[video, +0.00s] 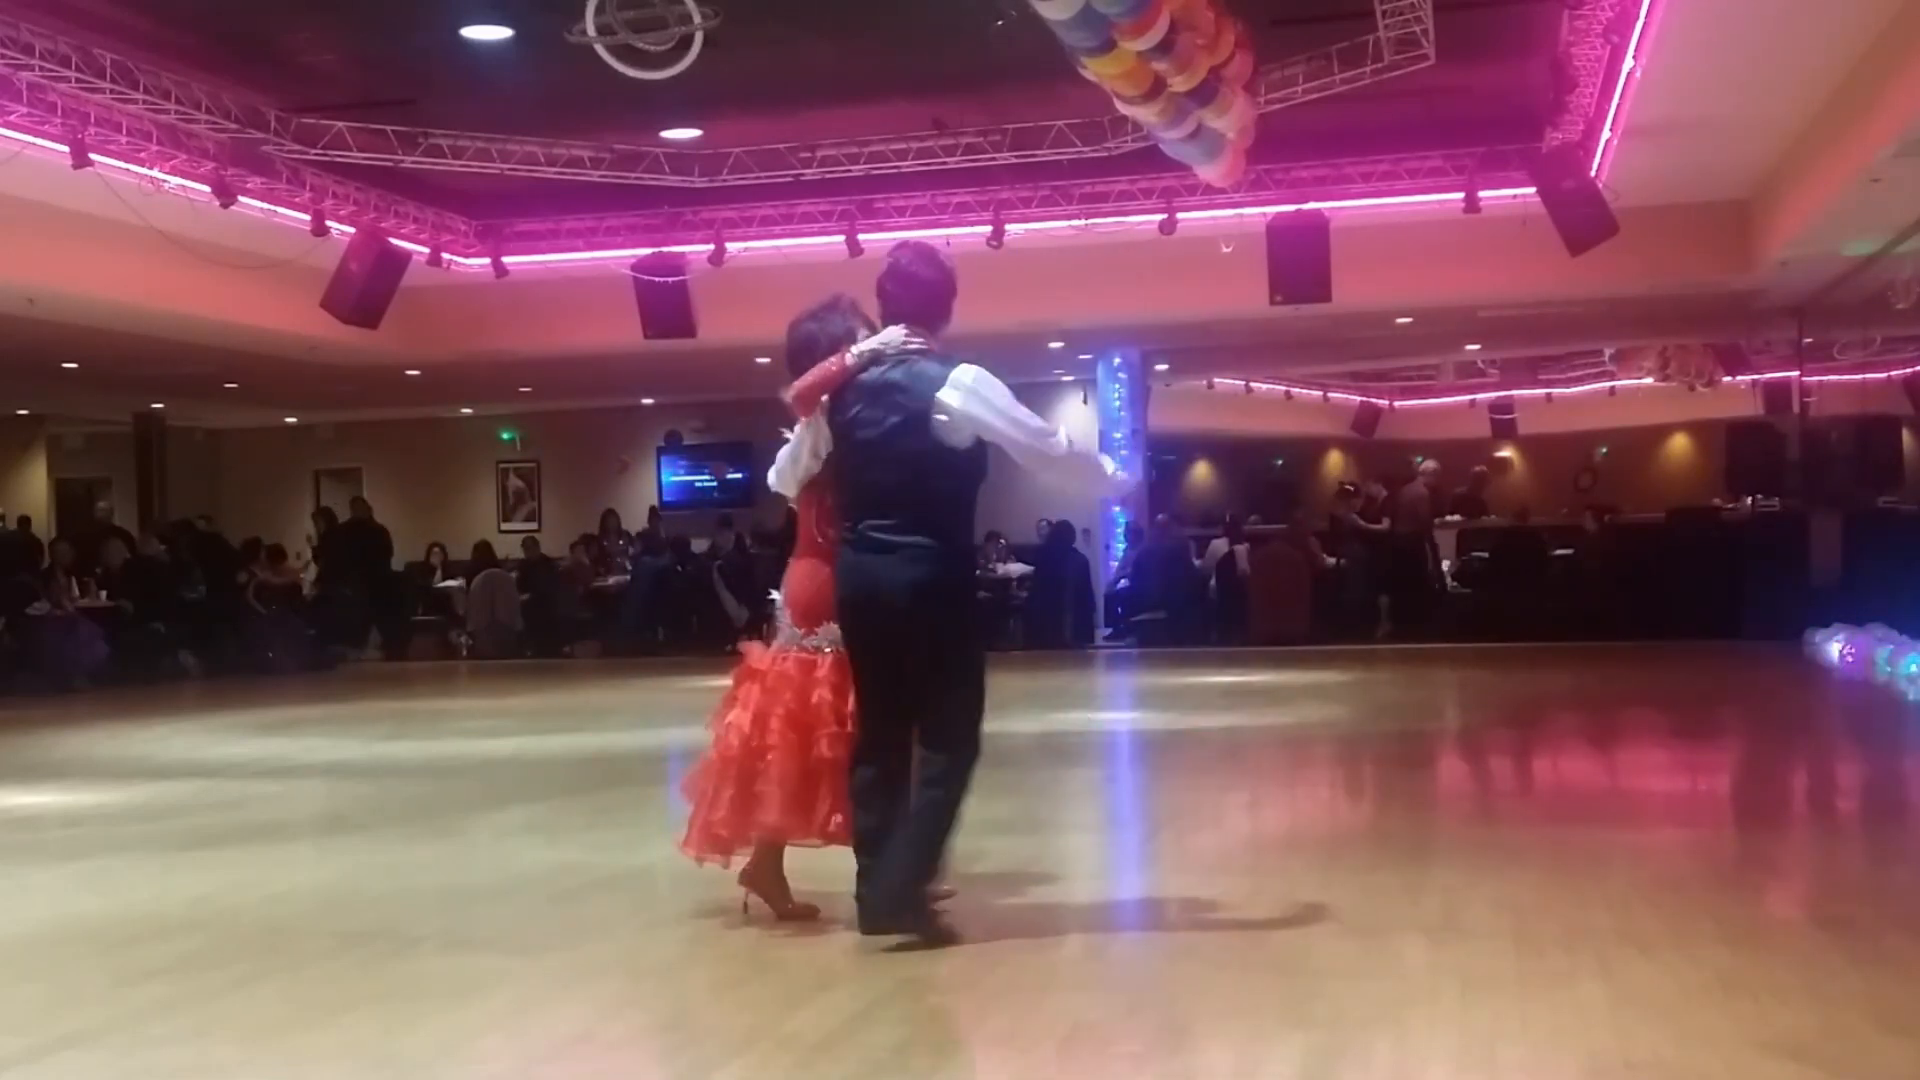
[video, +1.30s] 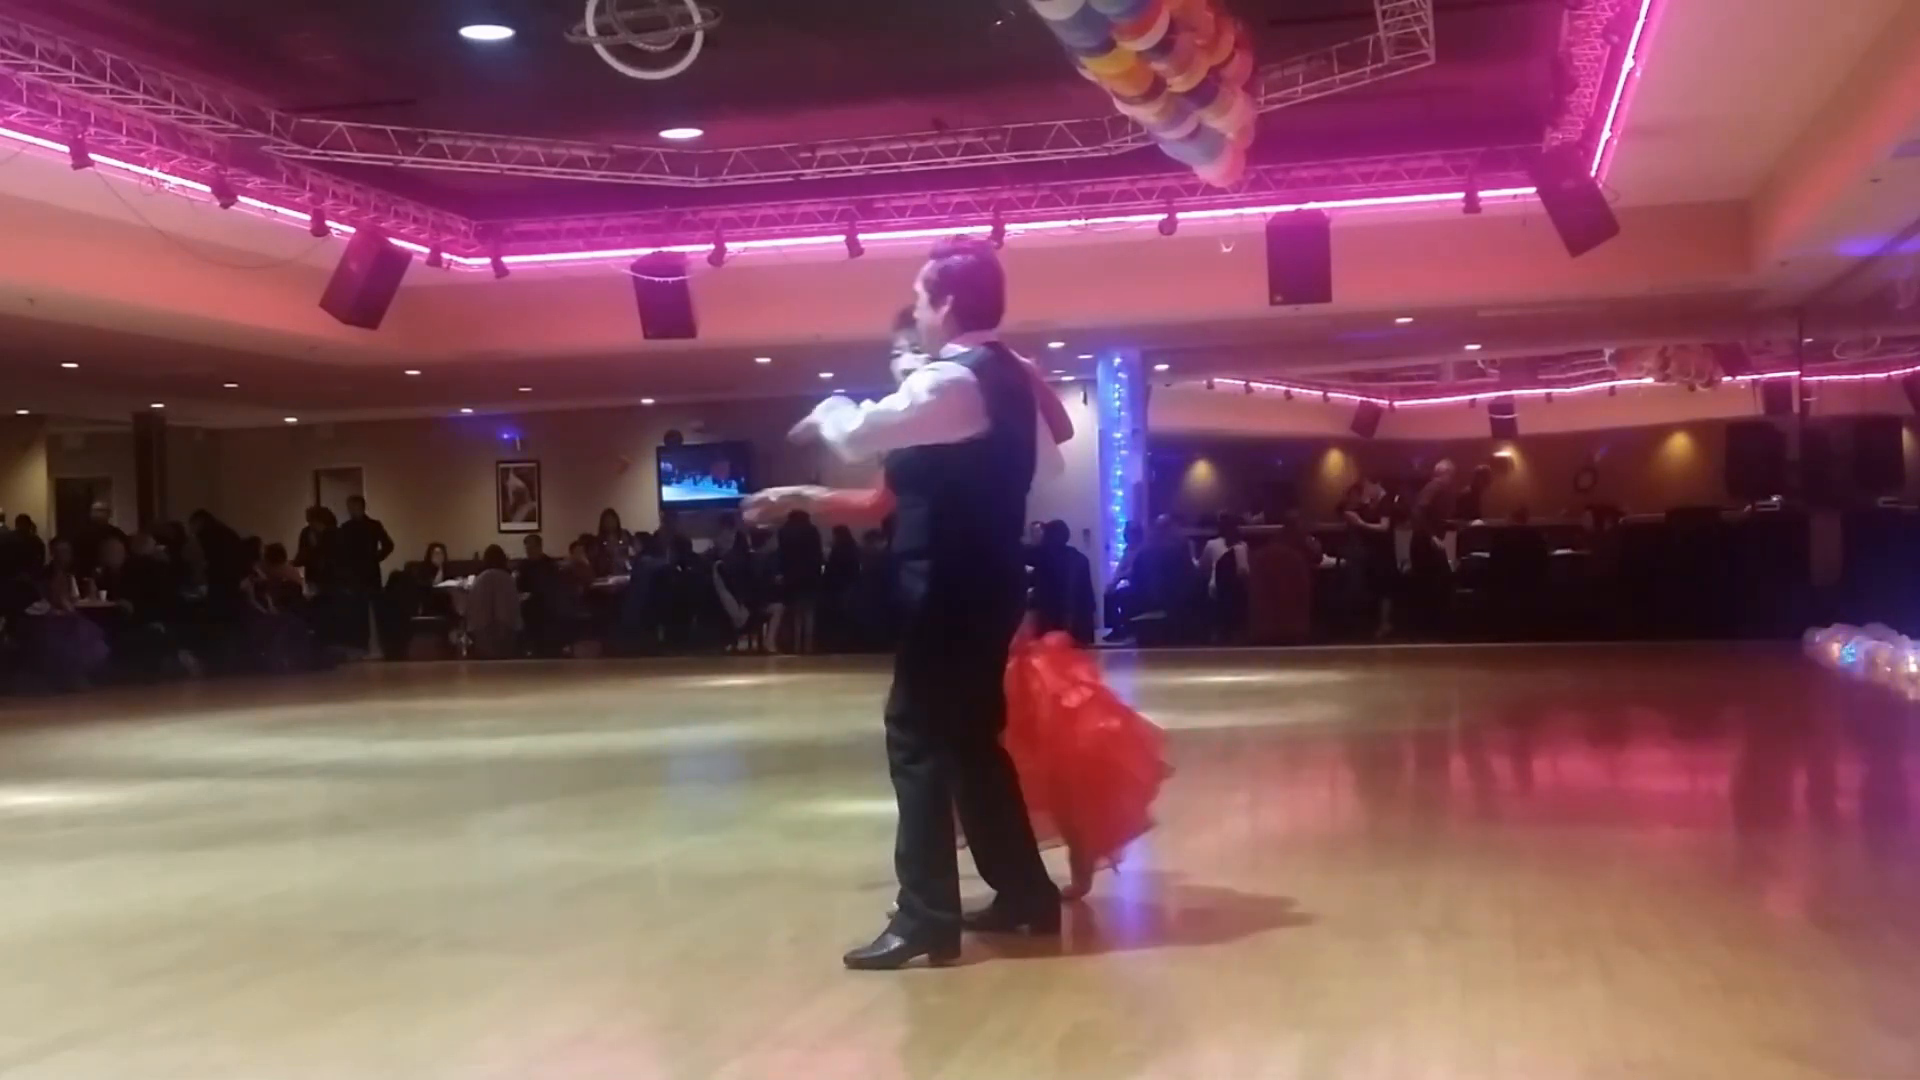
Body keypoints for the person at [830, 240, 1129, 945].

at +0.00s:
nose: (944, 316)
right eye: (946, 305)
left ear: (881, 305)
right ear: (947, 309)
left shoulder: (842, 389)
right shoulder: (962, 384)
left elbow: (785, 479)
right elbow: (1047, 446)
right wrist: (1111, 475)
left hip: (860, 571)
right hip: (932, 574)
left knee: (880, 730)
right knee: (952, 735)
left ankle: (880, 895)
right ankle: (901, 894)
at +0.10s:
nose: (930, 314)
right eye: (937, 302)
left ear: (875, 305)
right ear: (941, 308)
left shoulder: (837, 383)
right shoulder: (969, 383)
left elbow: (799, 481)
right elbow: (1052, 456)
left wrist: (844, 528)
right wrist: (1068, 500)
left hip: (866, 577)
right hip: (946, 578)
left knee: (869, 731)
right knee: (961, 728)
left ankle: (873, 897)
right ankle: (962, 895)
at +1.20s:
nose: (895, 311)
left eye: (902, 298)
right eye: (898, 297)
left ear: (930, 301)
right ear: (965, 303)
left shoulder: (929, 379)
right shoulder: (1005, 377)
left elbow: (844, 445)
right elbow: (1040, 473)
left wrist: (780, 445)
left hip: (935, 588)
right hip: (984, 580)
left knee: (909, 742)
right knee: (966, 739)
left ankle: (926, 920)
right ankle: (1026, 894)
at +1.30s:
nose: (915, 315)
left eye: (922, 302)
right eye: (917, 301)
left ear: (951, 304)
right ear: (983, 304)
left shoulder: (958, 378)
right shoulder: (1009, 375)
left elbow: (858, 435)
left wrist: (828, 407)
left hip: (951, 591)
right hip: (989, 584)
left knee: (914, 739)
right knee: (972, 740)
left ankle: (926, 918)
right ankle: (1026, 896)